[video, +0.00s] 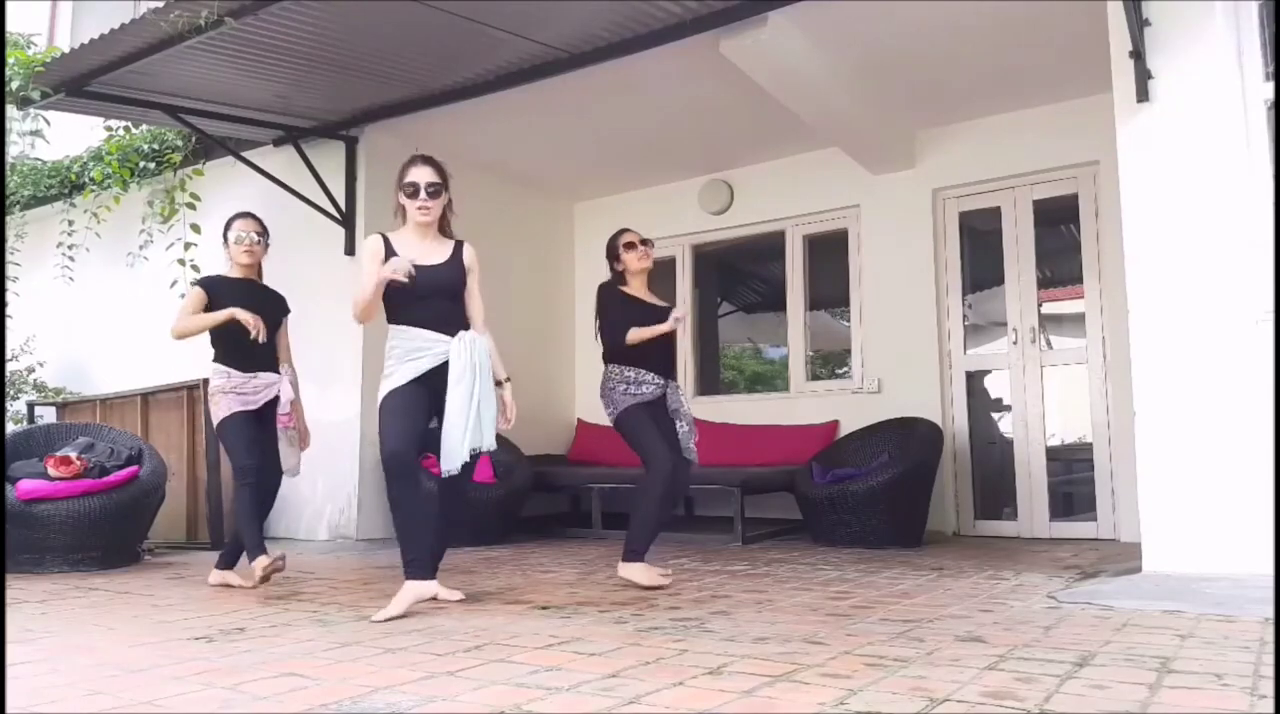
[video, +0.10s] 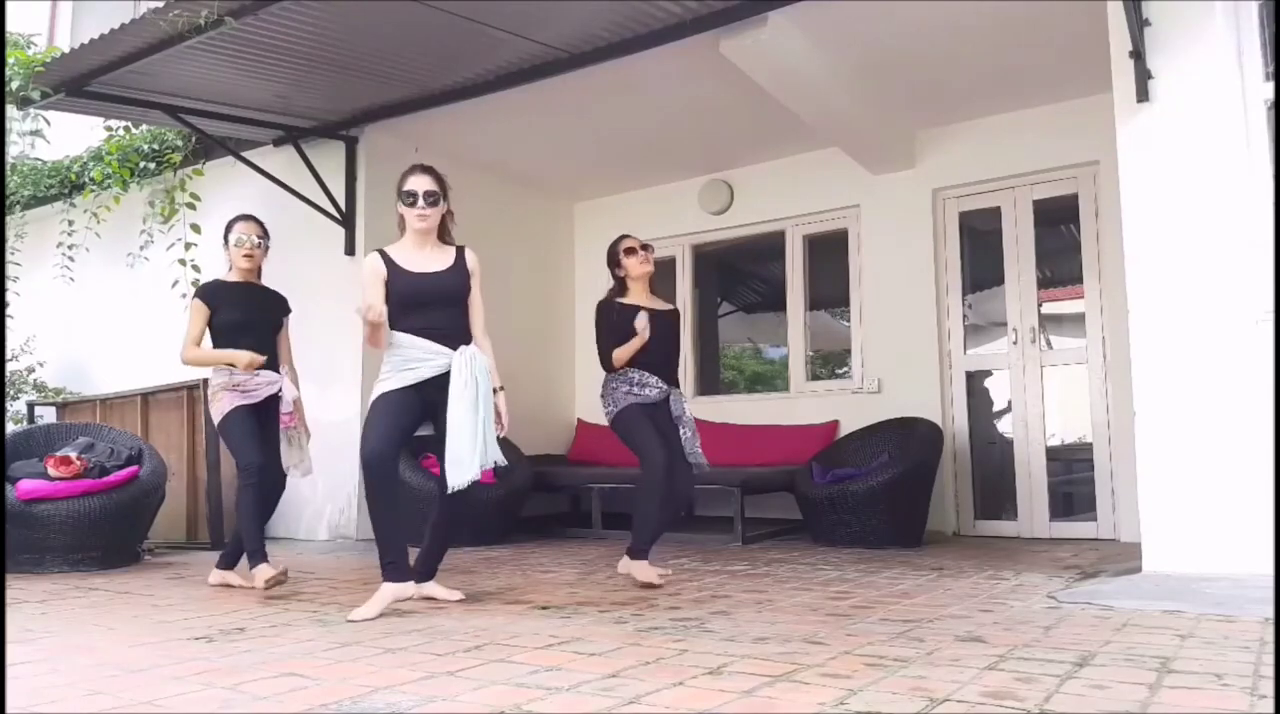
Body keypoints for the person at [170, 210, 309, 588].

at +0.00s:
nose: (249, 241)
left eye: (257, 236)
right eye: (240, 236)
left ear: (266, 246)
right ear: (227, 246)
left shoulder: (275, 300)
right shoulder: (210, 286)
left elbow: (286, 362)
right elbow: (179, 327)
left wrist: (298, 413)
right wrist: (230, 313)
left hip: (272, 390)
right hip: (230, 389)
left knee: (270, 478)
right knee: (247, 469)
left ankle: (224, 567)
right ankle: (258, 558)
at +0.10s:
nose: (249, 247)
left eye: (257, 241)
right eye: (240, 241)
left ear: (266, 250)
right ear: (227, 249)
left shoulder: (276, 301)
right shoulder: (210, 293)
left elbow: (286, 364)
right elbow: (189, 352)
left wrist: (298, 411)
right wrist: (233, 356)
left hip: (272, 392)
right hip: (229, 391)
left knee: (275, 477)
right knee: (252, 466)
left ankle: (225, 566)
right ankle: (258, 565)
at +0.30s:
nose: (248, 254)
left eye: (256, 249)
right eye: (239, 248)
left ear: (265, 257)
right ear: (225, 255)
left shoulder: (274, 309)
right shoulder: (209, 300)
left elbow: (287, 371)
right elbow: (210, 363)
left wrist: (312, 419)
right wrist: (205, 360)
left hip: (271, 398)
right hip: (230, 395)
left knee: (277, 482)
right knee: (259, 467)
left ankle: (225, 565)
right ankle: (245, 568)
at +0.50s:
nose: (247, 243)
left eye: (255, 237)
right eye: (238, 237)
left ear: (265, 243)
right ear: (225, 243)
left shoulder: (279, 293)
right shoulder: (212, 286)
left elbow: (287, 355)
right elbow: (168, 332)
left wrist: (303, 403)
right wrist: (199, 353)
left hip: (272, 386)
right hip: (228, 383)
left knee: (263, 474)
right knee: (248, 462)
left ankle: (229, 561)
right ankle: (217, 557)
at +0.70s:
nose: (245, 236)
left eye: (253, 230)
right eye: (237, 230)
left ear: (264, 236)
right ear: (226, 236)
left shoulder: (279, 287)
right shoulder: (214, 280)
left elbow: (281, 346)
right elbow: (196, 339)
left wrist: (286, 397)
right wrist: (192, 390)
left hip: (266, 385)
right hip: (227, 383)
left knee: (249, 473)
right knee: (225, 469)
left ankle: (228, 564)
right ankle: (201, 565)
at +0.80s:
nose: (246, 235)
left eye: (254, 228)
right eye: (238, 229)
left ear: (266, 234)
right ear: (228, 234)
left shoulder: (281, 287)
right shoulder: (215, 277)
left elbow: (284, 349)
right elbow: (201, 341)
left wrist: (290, 400)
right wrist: (195, 398)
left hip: (265, 384)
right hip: (224, 381)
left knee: (252, 473)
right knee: (227, 468)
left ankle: (235, 565)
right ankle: (203, 565)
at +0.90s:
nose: (247, 239)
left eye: (255, 232)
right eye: (238, 233)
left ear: (267, 238)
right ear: (229, 239)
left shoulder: (284, 291)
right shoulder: (213, 279)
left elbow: (288, 353)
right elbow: (196, 333)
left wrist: (297, 402)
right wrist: (189, 371)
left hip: (269, 387)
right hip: (225, 384)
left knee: (260, 475)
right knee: (232, 469)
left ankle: (238, 566)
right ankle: (208, 567)